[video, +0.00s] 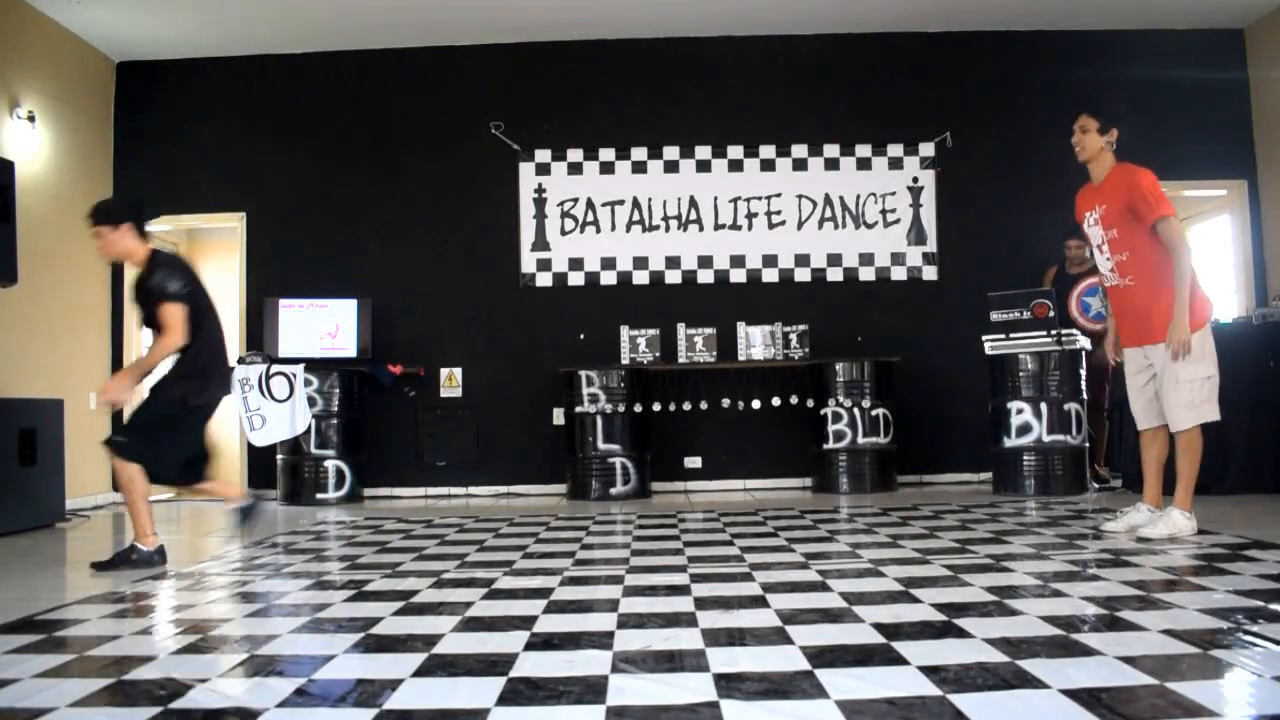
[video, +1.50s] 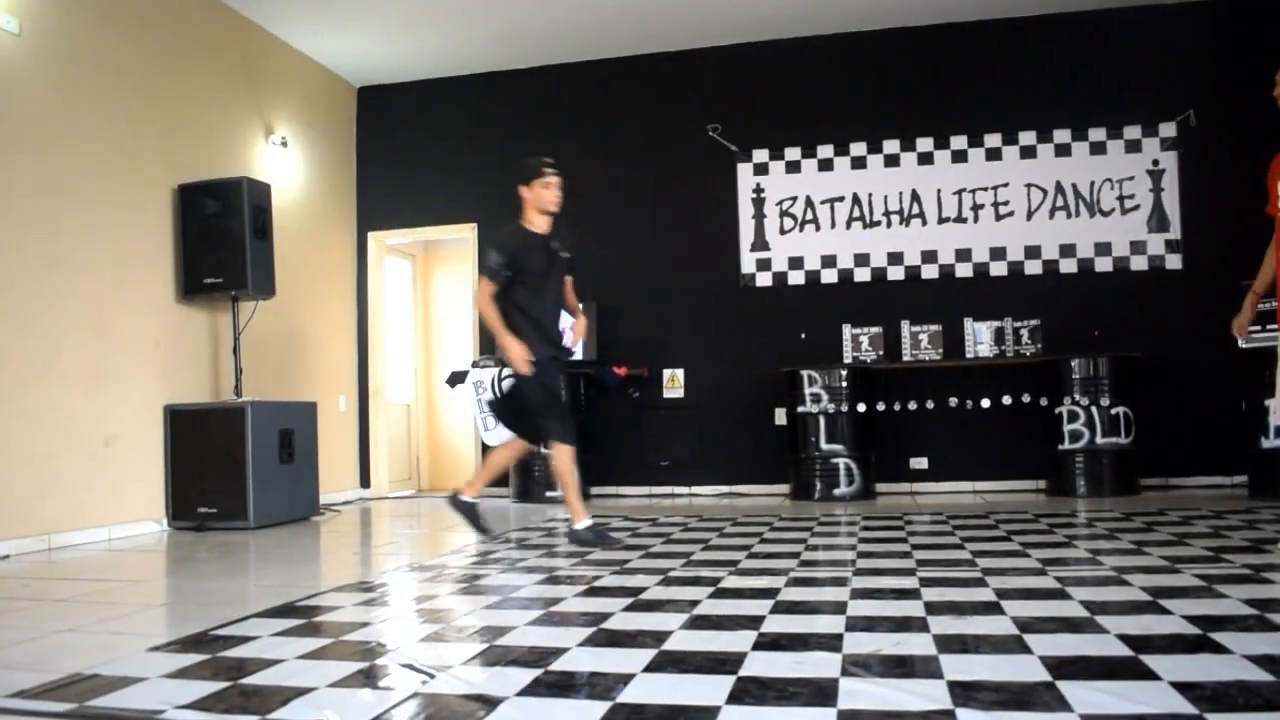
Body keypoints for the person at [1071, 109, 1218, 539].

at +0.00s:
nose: (1076, 140)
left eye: (1084, 131)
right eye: (1074, 134)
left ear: (1110, 137)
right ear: (1076, 145)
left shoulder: (1136, 180)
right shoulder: (1083, 200)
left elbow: (1179, 246)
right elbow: (1108, 269)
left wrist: (1180, 317)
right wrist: (1113, 327)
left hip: (1176, 322)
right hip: (1132, 331)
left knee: (1185, 416)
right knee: (1149, 420)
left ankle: (1182, 512)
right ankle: (1151, 506)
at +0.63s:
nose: (1079, 129)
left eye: (1087, 120)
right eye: (1078, 123)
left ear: (1114, 124)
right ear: (1087, 132)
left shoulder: (1145, 167)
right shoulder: (1093, 188)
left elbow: (1171, 237)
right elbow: (1104, 261)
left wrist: (1166, 309)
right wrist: (1088, 318)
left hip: (1153, 315)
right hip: (1104, 318)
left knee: (1168, 414)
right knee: (1080, 408)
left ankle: (1181, 512)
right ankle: (1089, 505)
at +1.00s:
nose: (1103, 121)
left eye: (1111, 111)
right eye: (1102, 115)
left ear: (1138, 113)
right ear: (1114, 125)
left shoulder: (1172, 157)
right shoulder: (1120, 182)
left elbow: (1220, 221)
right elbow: (1145, 247)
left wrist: (1210, 292)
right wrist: (1109, 251)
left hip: (1172, 316)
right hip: (1124, 320)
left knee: (1207, 413)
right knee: (1128, 421)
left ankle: (1246, 507)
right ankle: (1131, 518)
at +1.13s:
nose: (1163, 112)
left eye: (1172, 102)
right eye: (1163, 104)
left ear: (1201, 106)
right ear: (1181, 112)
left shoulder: (1234, 151)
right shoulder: (1183, 173)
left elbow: (1275, 206)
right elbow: (1196, 238)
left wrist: (1277, 286)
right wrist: (1163, 268)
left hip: (1232, 312)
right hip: (1182, 318)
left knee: (1266, 416)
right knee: (1195, 423)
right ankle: (1205, 519)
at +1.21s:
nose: (1198, 108)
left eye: (1207, 98)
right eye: (1197, 100)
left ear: (1236, 102)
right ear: (1206, 110)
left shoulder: (1265, 149)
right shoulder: (1216, 169)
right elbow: (1224, 236)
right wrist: (1200, 270)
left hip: (1261, 312)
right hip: (1217, 316)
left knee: (1272, 421)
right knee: (1229, 421)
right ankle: (1244, 520)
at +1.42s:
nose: (1272, 97)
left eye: (1275, 87)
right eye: (1271, 88)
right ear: (1268, 95)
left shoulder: (1273, 170)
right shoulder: (1272, 169)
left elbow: (1274, 237)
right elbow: (1274, 235)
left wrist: (1267, 296)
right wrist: (1266, 295)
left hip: (1279, 307)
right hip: (1278, 308)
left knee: (1279, 404)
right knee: (1277, 404)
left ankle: (1276, 476)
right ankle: (1275, 476)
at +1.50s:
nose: (1274, 93)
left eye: (1278, 85)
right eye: (1275, 85)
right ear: (1274, 90)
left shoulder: (1276, 168)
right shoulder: (1276, 168)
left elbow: (1276, 239)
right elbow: (1277, 238)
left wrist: (1252, 299)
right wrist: (1252, 299)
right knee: (1279, 414)